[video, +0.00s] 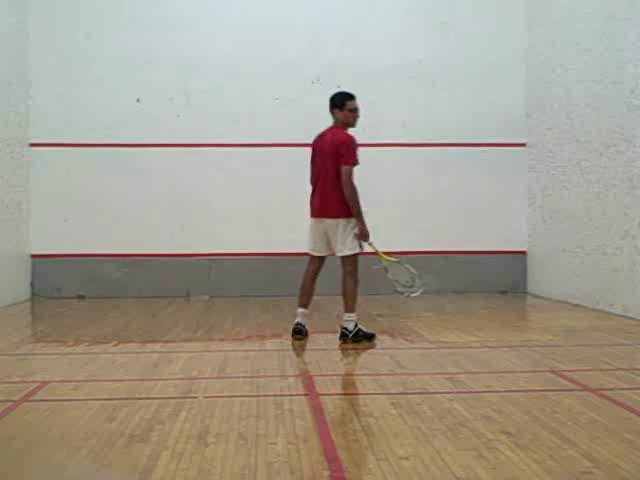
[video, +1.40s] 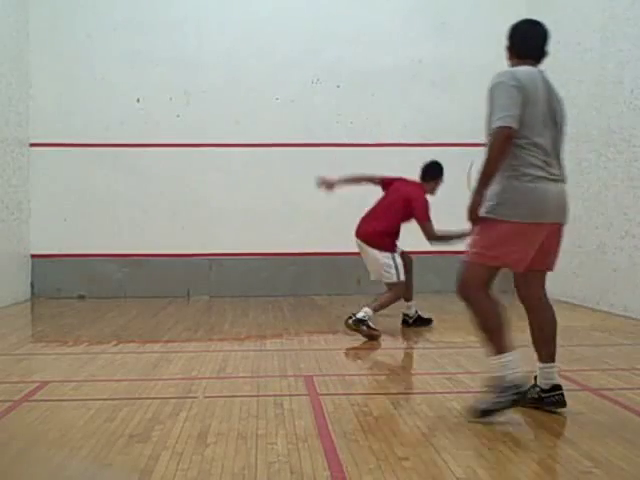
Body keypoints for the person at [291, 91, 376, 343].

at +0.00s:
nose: (356, 115)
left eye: (356, 110)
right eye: (352, 110)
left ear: (337, 113)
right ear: (337, 112)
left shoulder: (319, 140)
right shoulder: (346, 140)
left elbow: (314, 180)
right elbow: (347, 182)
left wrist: (322, 206)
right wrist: (360, 221)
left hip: (318, 212)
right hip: (342, 212)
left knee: (313, 265)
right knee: (350, 268)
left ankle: (300, 320)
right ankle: (349, 324)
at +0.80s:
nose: (368, 121)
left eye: (365, 117)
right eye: (368, 117)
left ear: (346, 118)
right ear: (366, 119)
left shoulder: (332, 142)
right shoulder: (365, 148)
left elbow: (325, 178)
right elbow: (367, 188)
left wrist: (341, 199)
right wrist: (383, 224)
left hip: (324, 213)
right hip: (350, 216)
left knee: (314, 267)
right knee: (372, 265)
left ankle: (300, 321)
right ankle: (355, 320)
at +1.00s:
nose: (391, 131)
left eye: (389, 127)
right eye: (391, 127)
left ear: (371, 126)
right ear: (389, 129)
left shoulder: (355, 146)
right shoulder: (382, 157)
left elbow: (334, 162)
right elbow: (385, 197)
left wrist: (335, 176)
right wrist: (409, 226)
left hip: (343, 218)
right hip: (364, 222)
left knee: (351, 265)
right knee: (378, 272)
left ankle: (328, 303)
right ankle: (354, 324)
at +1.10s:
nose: (406, 143)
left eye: (406, 139)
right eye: (406, 139)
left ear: (387, 136)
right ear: (403, 140)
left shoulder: (367, 150)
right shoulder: (392, 165)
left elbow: (338, 156)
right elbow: (395, 203)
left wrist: (326, 167)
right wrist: (425, 224)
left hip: (347, 218)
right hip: (366, 224)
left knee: (367, 268)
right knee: (381, 273)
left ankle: (360, 312)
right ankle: (355, 323)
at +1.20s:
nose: (420, 156)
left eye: (420, 152)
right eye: (420, 152)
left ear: (402, 147)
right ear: (416, 152)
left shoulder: (381, 158)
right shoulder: (402, 172)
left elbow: (350, 154)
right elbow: (405, 206)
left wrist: (325, 159)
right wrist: (440, 218)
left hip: (352, 221)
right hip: (367, 227)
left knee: (385, 267)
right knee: (382, 277)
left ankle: (394, 309)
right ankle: (354, 323)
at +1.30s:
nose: (429, 173)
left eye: (430, 169)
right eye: (430, 169)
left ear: (413, 162)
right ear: (426, 167)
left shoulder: (392, 169)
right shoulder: (411, 183)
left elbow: (361, 161)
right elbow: (417, 215)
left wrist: (332, 162)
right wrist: (455, 219)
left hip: (360, 228)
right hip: (373, 234)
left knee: (395, 268)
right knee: (388, 282)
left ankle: (408, 313)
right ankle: (357, 321)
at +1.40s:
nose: (438, 188)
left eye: (439, 184)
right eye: (438, 183)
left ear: (423, 177)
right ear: (434, 182)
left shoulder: (400, 183)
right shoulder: (419, 197)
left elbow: (368, 179)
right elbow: (432, 237)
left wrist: (335, 182)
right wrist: (467, 233)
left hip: (365, 234)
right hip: (379, 241)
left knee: (406, 261)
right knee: (398, 290)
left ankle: (410, 314)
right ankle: (361, 317)